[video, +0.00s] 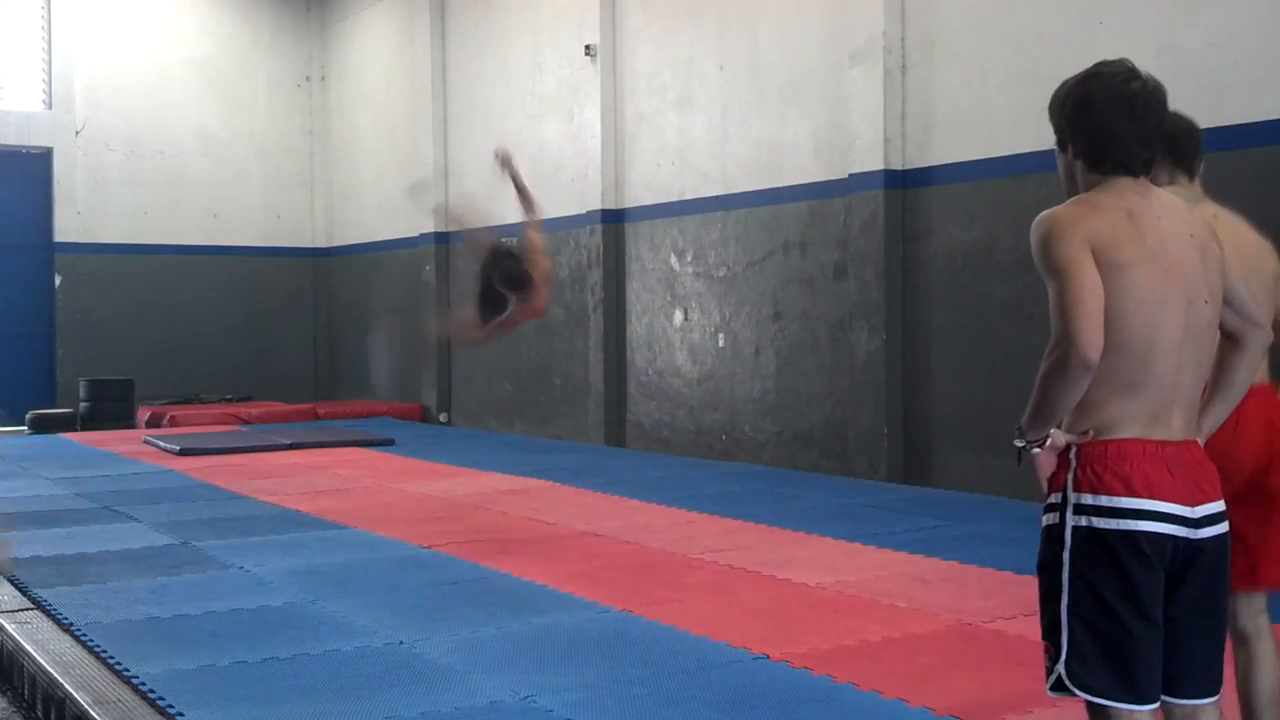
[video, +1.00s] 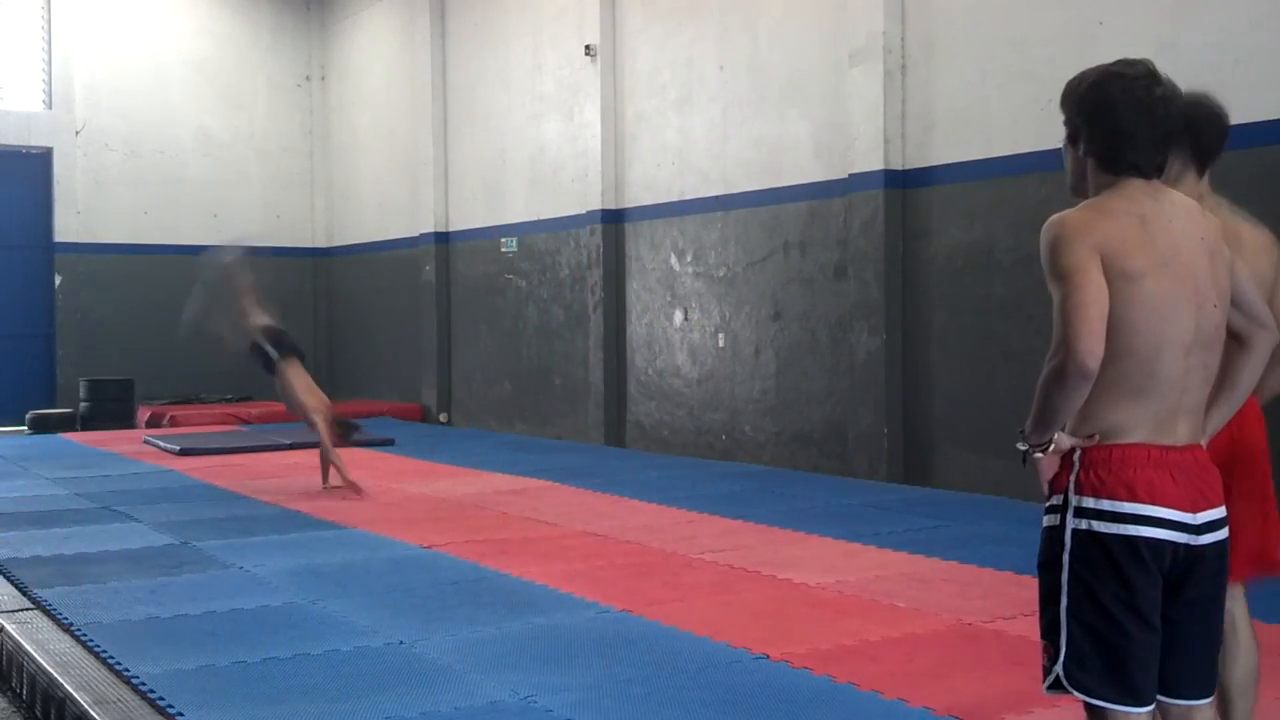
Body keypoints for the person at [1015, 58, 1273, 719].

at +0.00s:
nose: (1057, 160)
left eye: (1058, 145)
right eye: (1057, 144)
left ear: (1073, 149)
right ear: (1148, 139)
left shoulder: (1066, 223)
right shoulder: (1197, 222)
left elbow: (1082, 349)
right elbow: (1253, 331)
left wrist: (1036, 431)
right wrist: (1198, 428)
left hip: (1109, 498)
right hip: (1195, 494)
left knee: (1119, 704)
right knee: (1193, 699)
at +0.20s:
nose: (1061, 160)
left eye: (1062, 145)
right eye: (1061, 144)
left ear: (1079, 149)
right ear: (1162, 137)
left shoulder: (1069, 221)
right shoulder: (1204, 219)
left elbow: (1081, 349)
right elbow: (1255, 330)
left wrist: (1038, 431)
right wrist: (1199, 429)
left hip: (1111, 503)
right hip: (1199, 499)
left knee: (1121, 705)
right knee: (1193, 699)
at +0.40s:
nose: (1063, 154)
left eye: (1064, 138)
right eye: (1064, 138)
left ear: (1079, 146)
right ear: (1164, 142)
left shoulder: (1070, 226)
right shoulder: (1212, 226)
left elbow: (1079, 353)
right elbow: (1260, 333)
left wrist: (1041, 435)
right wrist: (1204, 430)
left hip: (1111, 505)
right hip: (1200, 502)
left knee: (1120, 706)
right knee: (1195, 702)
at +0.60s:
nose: (1063, 153)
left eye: (1066, 137)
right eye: (1064, 136)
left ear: (1086, 145)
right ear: (1162, 141)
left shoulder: (1073, 225)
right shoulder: (1217, 229)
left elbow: (1081, 353)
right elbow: (1261, 334)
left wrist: (1039, 436)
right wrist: (1206, 429)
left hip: (1112, 503)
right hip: (1199, 501)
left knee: (1118, 705)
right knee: (1189, 703)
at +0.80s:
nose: (1065, 152)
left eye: (1068, 135)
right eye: (1066, 135)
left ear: (1090, 143)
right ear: (1168, 136)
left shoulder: (1075, 224)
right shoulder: (1213, 222)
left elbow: (1082, 354)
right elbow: (1260, 331)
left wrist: (1038, 436)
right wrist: (1203, 425)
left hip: (1111, 504)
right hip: (1197, 498)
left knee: (1117, 705)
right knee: (1189, 702)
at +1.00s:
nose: (1063, 152)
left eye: (1066, 135)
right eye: (1065, 135)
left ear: (1086, 143)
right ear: (1155, 139)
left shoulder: (1076, 227)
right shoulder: (1203, 222)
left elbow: (1083, 357)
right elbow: (1260, 332)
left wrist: (1040, 437)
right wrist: (1204, 428)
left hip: (1110, 502)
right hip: (1196, 498)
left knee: (1115, 704)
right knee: (1187, 701)